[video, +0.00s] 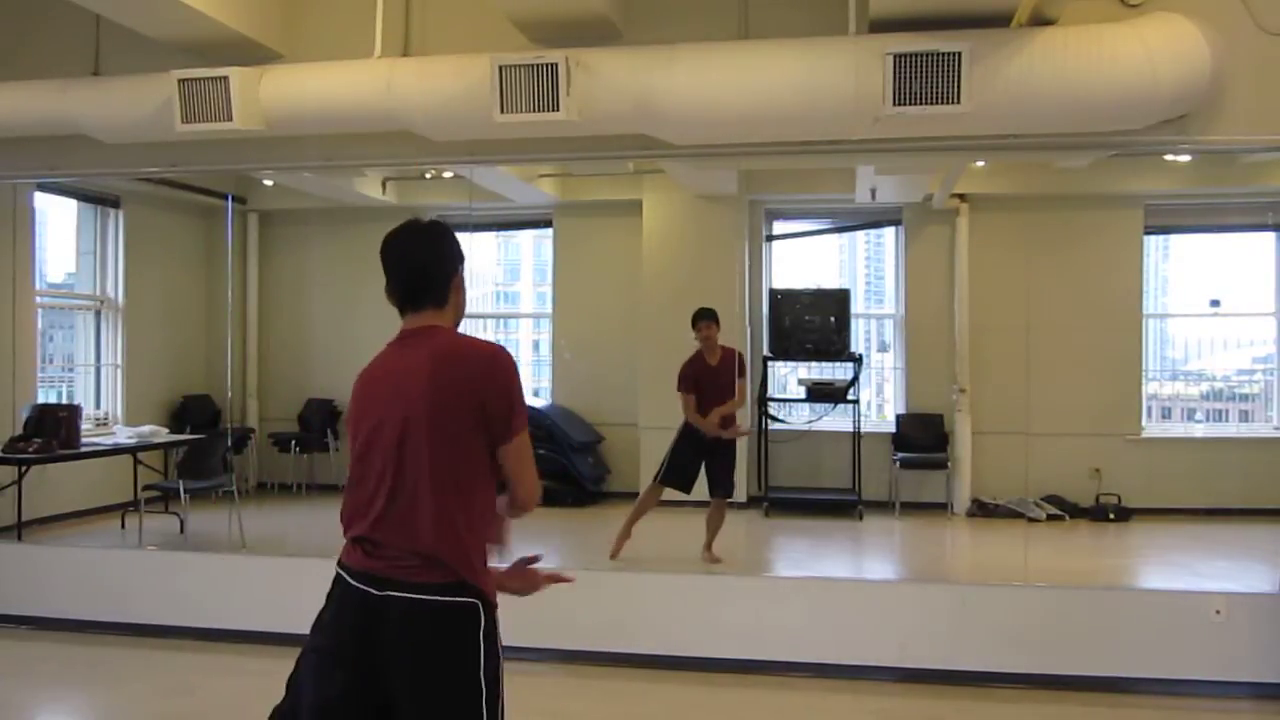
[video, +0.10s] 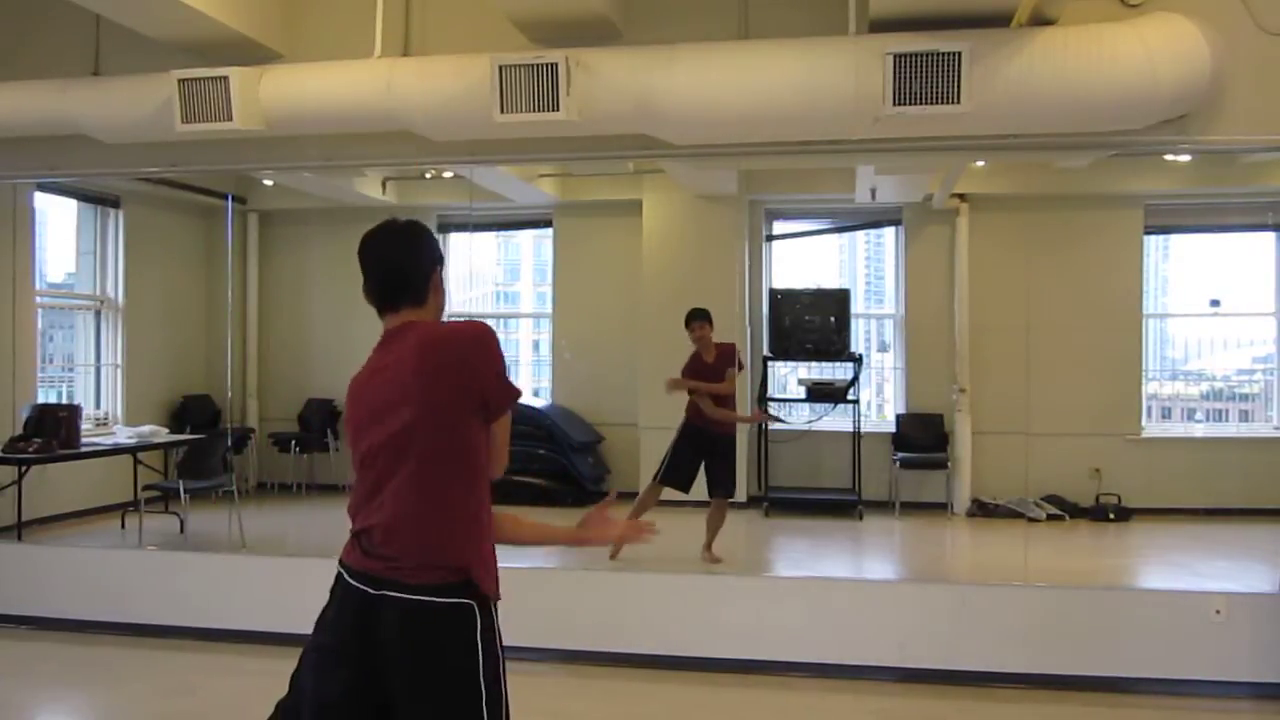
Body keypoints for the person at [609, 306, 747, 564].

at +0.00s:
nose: (706, 333)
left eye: (710, 327)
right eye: (700, 329)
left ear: (719, 329)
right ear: (695, 333)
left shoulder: (735, 359)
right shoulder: (689, 368)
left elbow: (740, 399)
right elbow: (690, 414)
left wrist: (717, 414)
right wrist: (721, 432)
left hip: (725, 433)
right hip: (694, 430)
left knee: (721, 497)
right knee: (660, 483)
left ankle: (708, 548)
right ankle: (625, 530)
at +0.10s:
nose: (698, 333)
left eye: (702, 327)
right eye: (693, 330)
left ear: (712, 328)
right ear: (688, 334)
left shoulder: (729, 351)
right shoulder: (690, 369)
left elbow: (729, 388)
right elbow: (711, 411)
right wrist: (749, 419)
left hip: (723, 432)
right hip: (694, 429)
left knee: (721, 497)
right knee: (660, 481)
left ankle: (708, 548)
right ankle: (625, 530)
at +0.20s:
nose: (692, 333)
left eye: (697, 328)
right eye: (687, 329)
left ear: (706, 329)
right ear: (682, 333)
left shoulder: (722, 347)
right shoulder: (686, 369)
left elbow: (739, 375)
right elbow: (706, 401)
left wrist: (708, 364)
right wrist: (733, 413)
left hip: (723, 429)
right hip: (695, 427)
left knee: (722, 497)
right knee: (660, 482)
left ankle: (708, 547)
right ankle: (625, 531)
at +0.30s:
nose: (688, 334)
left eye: (693, 328)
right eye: (683, 329)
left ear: (702, 329)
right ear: (677, 332)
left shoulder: (717, 349)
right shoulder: (680, 371)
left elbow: (747, 360)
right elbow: (687, 404)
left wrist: (747, 359)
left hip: (723, 428)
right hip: (693, 427)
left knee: (722, 496)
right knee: (660, 482)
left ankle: (707, 547)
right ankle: (625, 531)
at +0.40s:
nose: (689, 329)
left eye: (695, 324)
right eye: (685, 324)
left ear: (703, 327)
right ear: (679, 328)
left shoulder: (717, 353)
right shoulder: (674, 364)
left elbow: (747, 358)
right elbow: (659, 404)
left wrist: (751, 357)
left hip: (721, 428)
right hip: (692, 426)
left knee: (721, 494)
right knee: (659, 482)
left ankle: (707, 547)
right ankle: (626, 531)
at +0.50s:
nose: (692, 326)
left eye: (698, 322)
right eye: (688, 321)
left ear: (706, 326)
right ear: (682, 324)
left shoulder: (715, 354)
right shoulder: (669, 357)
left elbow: (747, 366)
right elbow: (636, 391)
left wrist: (752, 373)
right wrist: (629, 373)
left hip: (715, 431)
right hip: (684, 429)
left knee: (719, 494)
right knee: (656, 487)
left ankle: (707, 547)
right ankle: (629, 536)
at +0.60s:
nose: (694, 329)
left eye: (699, 325)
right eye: (690, 324)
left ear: (706, 329)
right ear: (682, 326)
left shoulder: (712, 360)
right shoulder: (665, 353)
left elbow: (750, 376)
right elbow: (627, 377)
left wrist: (744, 392)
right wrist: (652, 378)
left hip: (706, 433)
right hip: (674, 431)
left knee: (712, 494)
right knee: (652, 489)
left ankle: (707, 547)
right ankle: (636, 541)